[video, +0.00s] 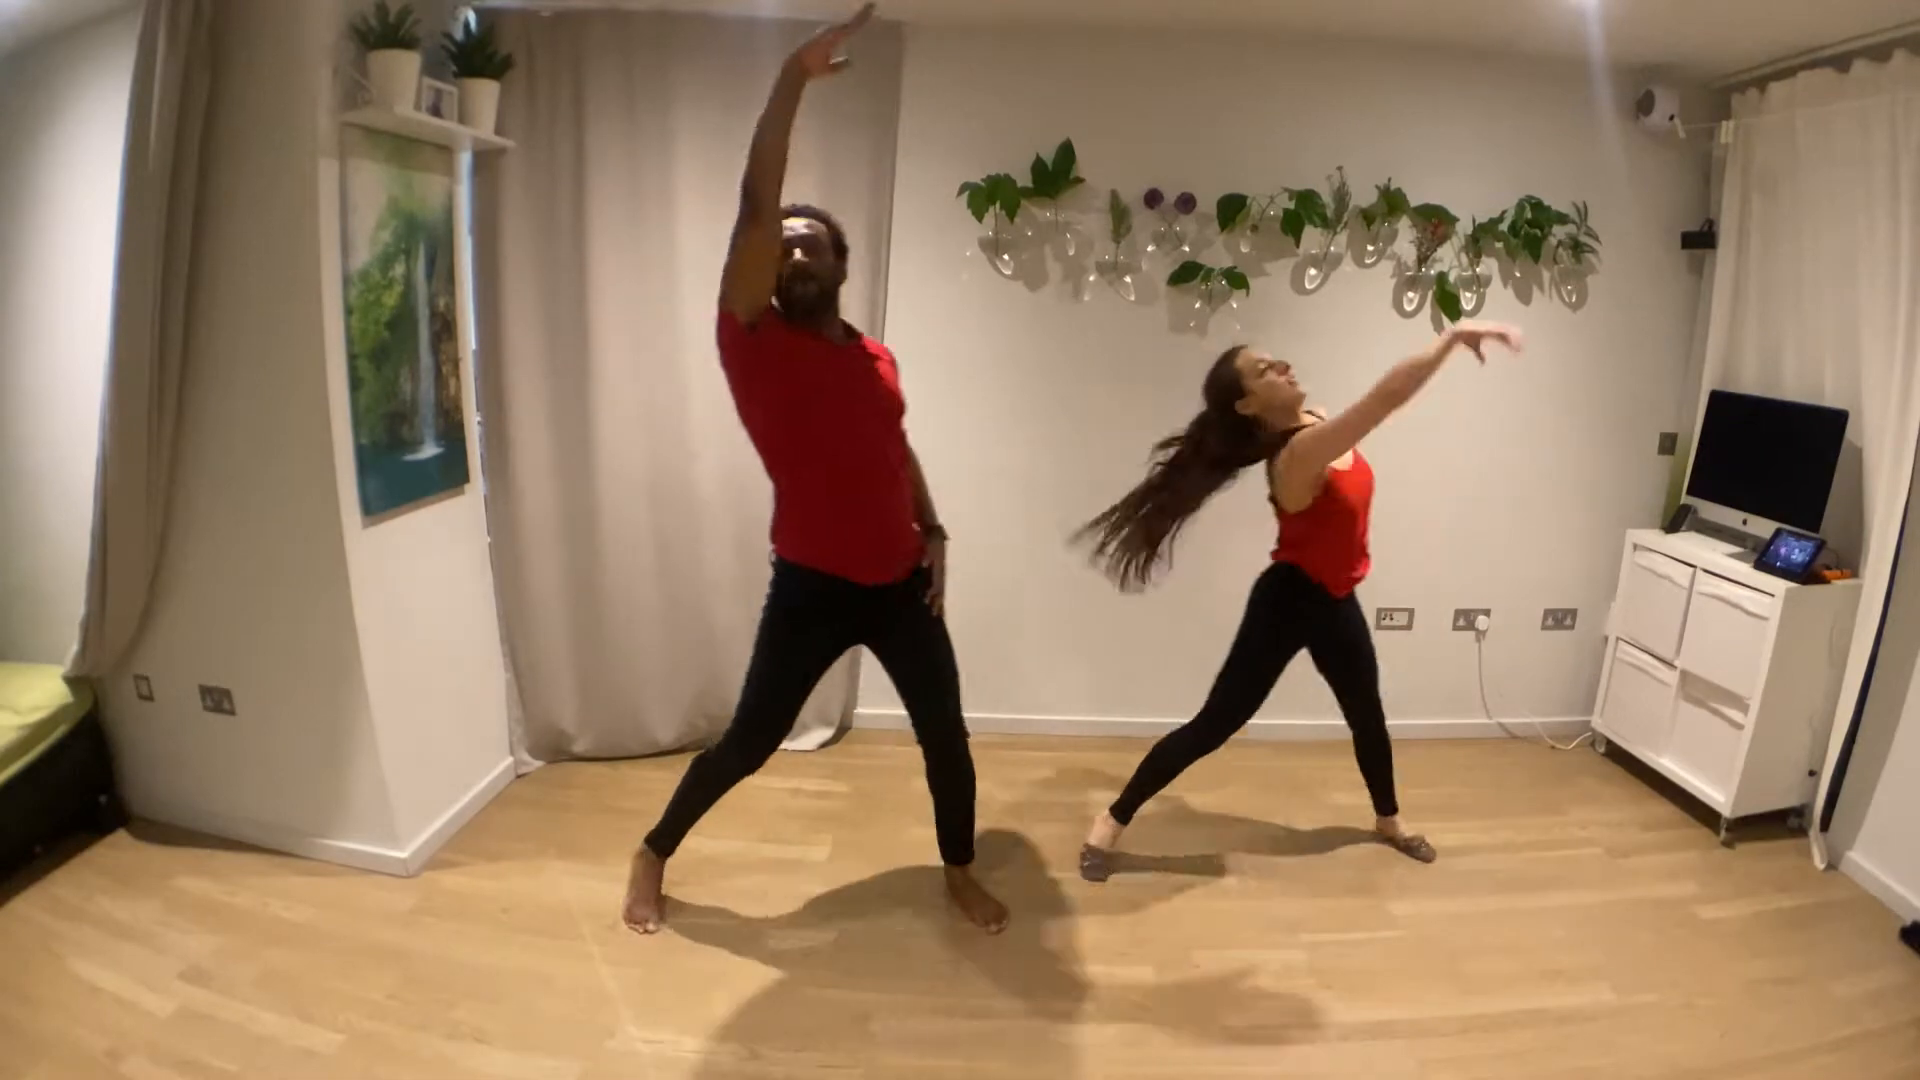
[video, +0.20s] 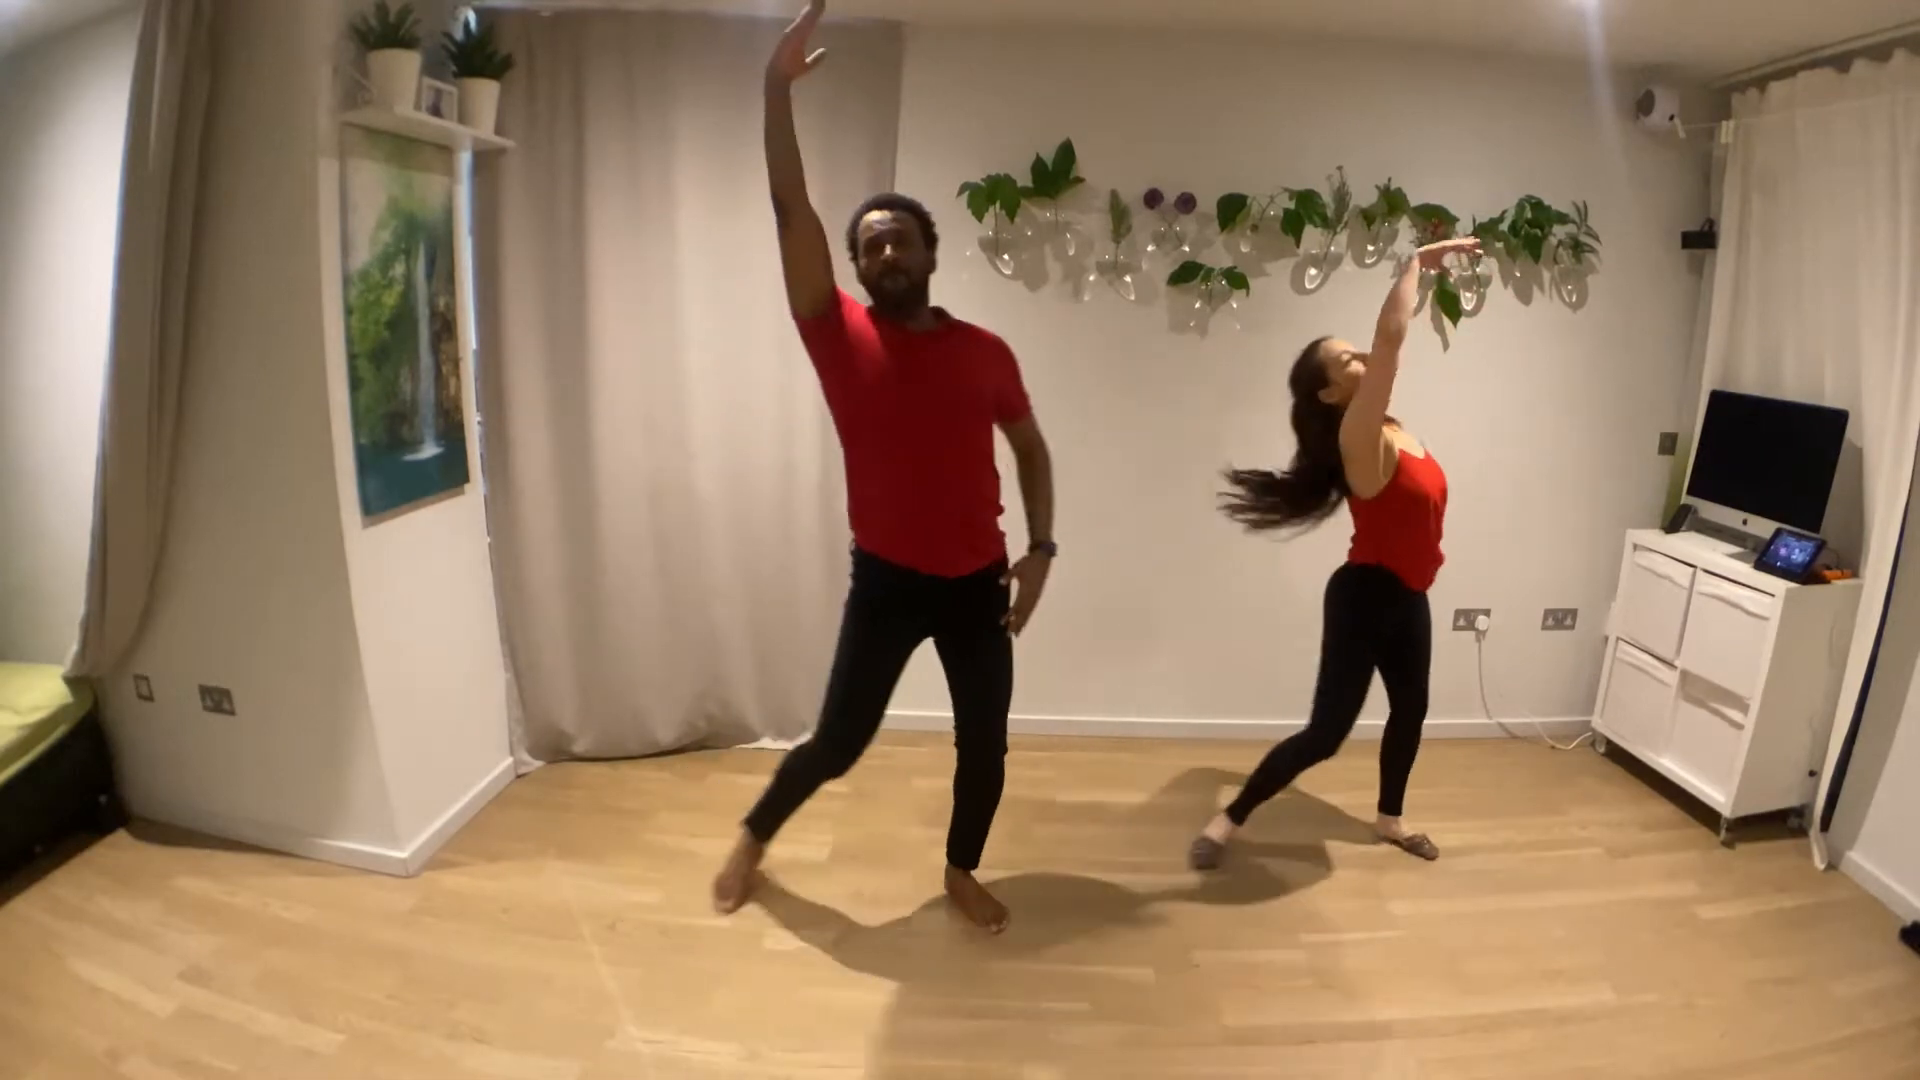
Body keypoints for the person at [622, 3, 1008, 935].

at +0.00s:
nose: (800, 242)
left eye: (816, 236)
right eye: (786, 236)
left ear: (842, 270)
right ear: (767, 260)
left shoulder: (871, 356)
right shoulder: (749, 338)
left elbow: (897, 448)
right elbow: (759, 200)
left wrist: (933, 532)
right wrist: (794, 74)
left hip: (900, 580)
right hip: (810, 584)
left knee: (947, 737)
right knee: (751, 743)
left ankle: (960, 871)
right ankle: (654, 855)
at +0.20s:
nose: (885, 248)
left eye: (901, 237)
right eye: (871, 240)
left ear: (932, 259)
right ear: (855, 264)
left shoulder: (984, 353)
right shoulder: (838, 340)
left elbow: (1030, 449)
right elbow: (791, 211)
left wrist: (1042, 551)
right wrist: (777, 88)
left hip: (975, 583)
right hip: (885, 582)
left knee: (984, 749)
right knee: (839, 746)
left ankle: (962, 874)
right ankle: (754, 838)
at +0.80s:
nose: (1024, 284)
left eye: (1042, 269)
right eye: (1017, 269)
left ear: (1091, 270)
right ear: (1012, 272)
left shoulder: (1146, 368)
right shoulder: (1010, 365)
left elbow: (1240, 469)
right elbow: (904, 384)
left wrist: (1215, 586)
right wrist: (806, 381)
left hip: (1128, 587)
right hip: (1054, 585)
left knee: (1076, 756)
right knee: (1104, 706)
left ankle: (1142, 876)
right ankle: (1140, 797)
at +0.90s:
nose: (1024, 275)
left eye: (1041, 261)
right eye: (1023, 260)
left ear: (1094, 266)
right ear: (1031, 264)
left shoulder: (1157, 368)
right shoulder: (1025, 369)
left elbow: (1233, 491)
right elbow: (936, 441)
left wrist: (1206, 613)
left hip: (1138, 588)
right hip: (1062, 590)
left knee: (1096, 754)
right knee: (1088, 741)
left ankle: (1150, 886)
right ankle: (1139, 801)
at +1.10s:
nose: (1023, 269)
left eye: (1042, 256)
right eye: (1023, 255)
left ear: (1100, 267)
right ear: (1031, 261)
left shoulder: (1152, 370)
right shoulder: (1042, 364)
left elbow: (1170, 521)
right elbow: (992, 472)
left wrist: (1092, 634)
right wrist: (926, 569)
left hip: (1136, 598)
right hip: (1057, 587)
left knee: (1101, 758)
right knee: (992, 728)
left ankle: (1151, 885)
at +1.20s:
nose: (1014, 271)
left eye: (1033, 259)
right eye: (1017, 257)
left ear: (1087, 275)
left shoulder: (1137, 362)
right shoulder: (1031, 359)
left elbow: (1166, 485)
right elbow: (959, 414)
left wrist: (1072, 583)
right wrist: (887, 456)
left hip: (1125, 604)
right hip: (1045, 597)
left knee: (1095, 765)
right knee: (971, 750)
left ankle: (1152, 885)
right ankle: (876, 901)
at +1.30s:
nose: (996, 276)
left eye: (1015, 265)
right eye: (998, 261)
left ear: (1068, 281)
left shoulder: (1112, 356)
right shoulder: (1011, 339)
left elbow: (1175, 415)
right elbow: (945, 322)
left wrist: (1087, 489)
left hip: (1109, 612)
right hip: (1025, 604)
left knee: (1086, 777)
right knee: (930, 747)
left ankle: (1152, 882)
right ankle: (819, 899)